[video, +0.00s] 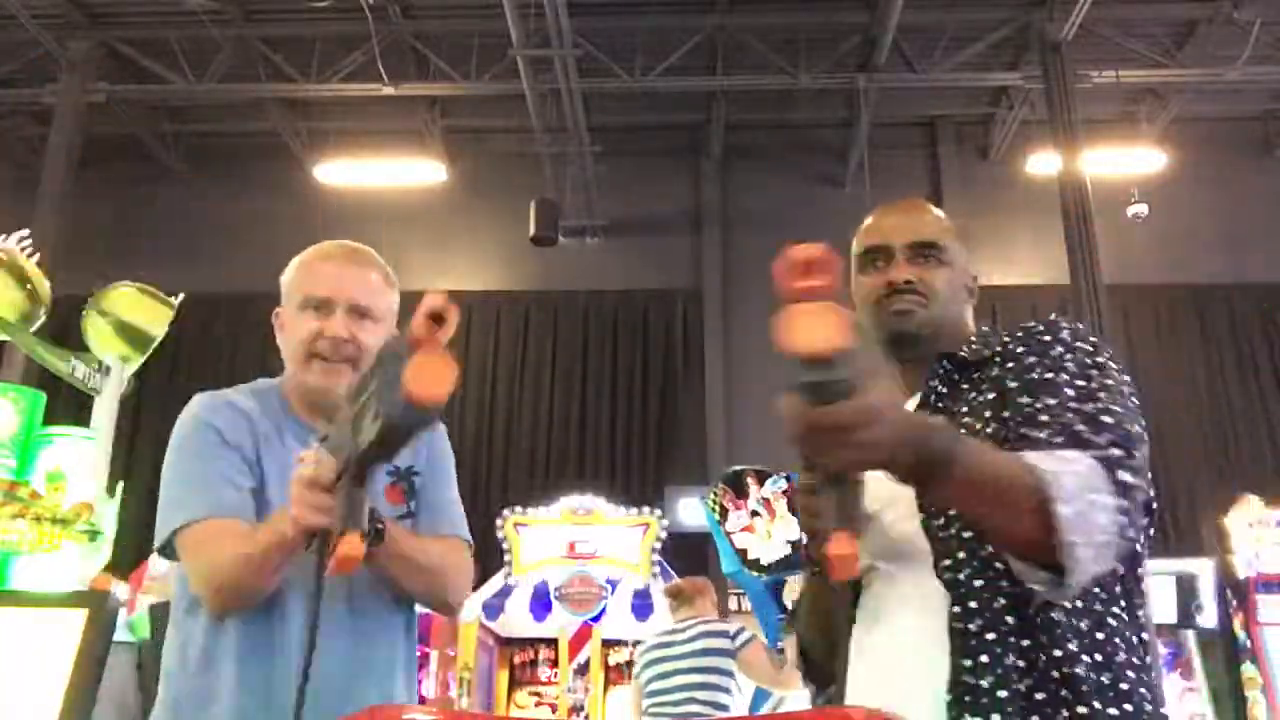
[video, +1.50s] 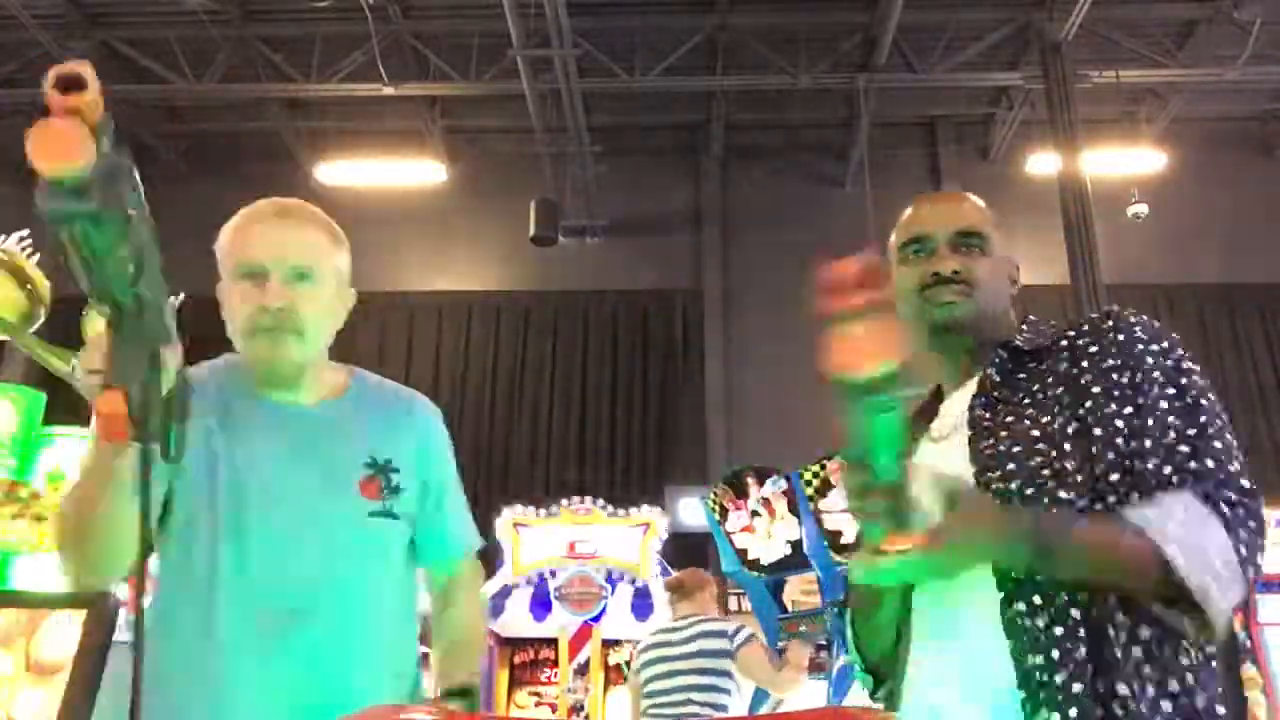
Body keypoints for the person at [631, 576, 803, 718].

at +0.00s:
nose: (718, 608)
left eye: (716, 603)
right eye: (716, 603)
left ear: (672, 610)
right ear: (711, 600)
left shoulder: (645, 649)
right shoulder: (729, 632)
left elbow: (637, 712)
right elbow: (783, 681)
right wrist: (794, 644)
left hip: (659, 714)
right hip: (713, 713)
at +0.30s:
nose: (722, 609)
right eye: (720, 604)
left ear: (677, 612)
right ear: (715, 603)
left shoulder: (649, 648)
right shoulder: (732, 635)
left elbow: (647, 702)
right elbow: (789, 686)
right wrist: (802, 658)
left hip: (662, 715)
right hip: (715, 713)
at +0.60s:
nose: (728, 608)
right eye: (725, 602)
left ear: (681, 611)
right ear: (721, 603)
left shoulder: (654, 646)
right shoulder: (738, 636)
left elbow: (650, 700)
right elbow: (796, 687)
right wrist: (796, 652)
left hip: (662, 714)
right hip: (716, 712)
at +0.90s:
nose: (730, 607)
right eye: (726, 601)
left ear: (683, 611)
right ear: (722, 604)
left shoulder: (654, 647)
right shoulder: (741, 636)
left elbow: (651, 700)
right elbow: (796, 687)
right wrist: (801, 653)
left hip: (663, 715)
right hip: (717, 712)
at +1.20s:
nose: (727, 609)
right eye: (724, 602)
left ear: (680, 612)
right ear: (717, 602)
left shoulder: (652, 646)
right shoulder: (736, 635)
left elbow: (647, 701)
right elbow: (786, 688)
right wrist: (797, 661)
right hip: (713, 713)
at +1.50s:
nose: (718, 605)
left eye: (716, 597)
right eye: (715, 597)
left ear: (672, 604)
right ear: (709, 593)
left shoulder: (645, 646)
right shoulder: (729, 631)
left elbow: (636, 713)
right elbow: (780, 685)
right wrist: (797, 661)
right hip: (708, 713)